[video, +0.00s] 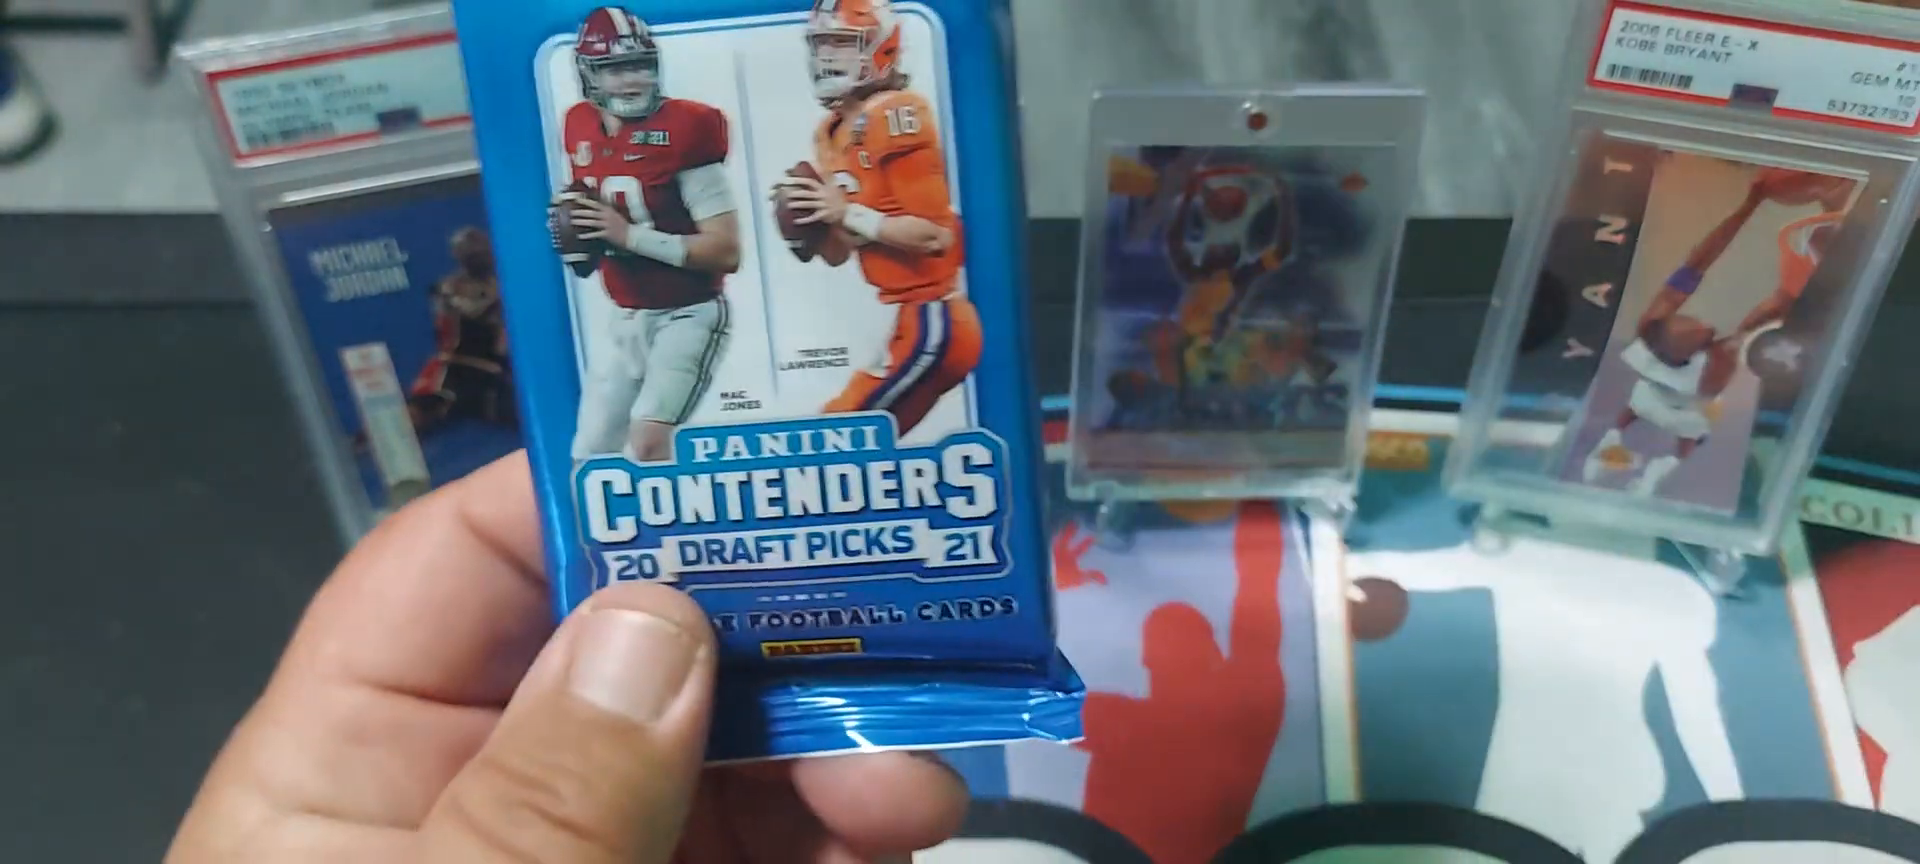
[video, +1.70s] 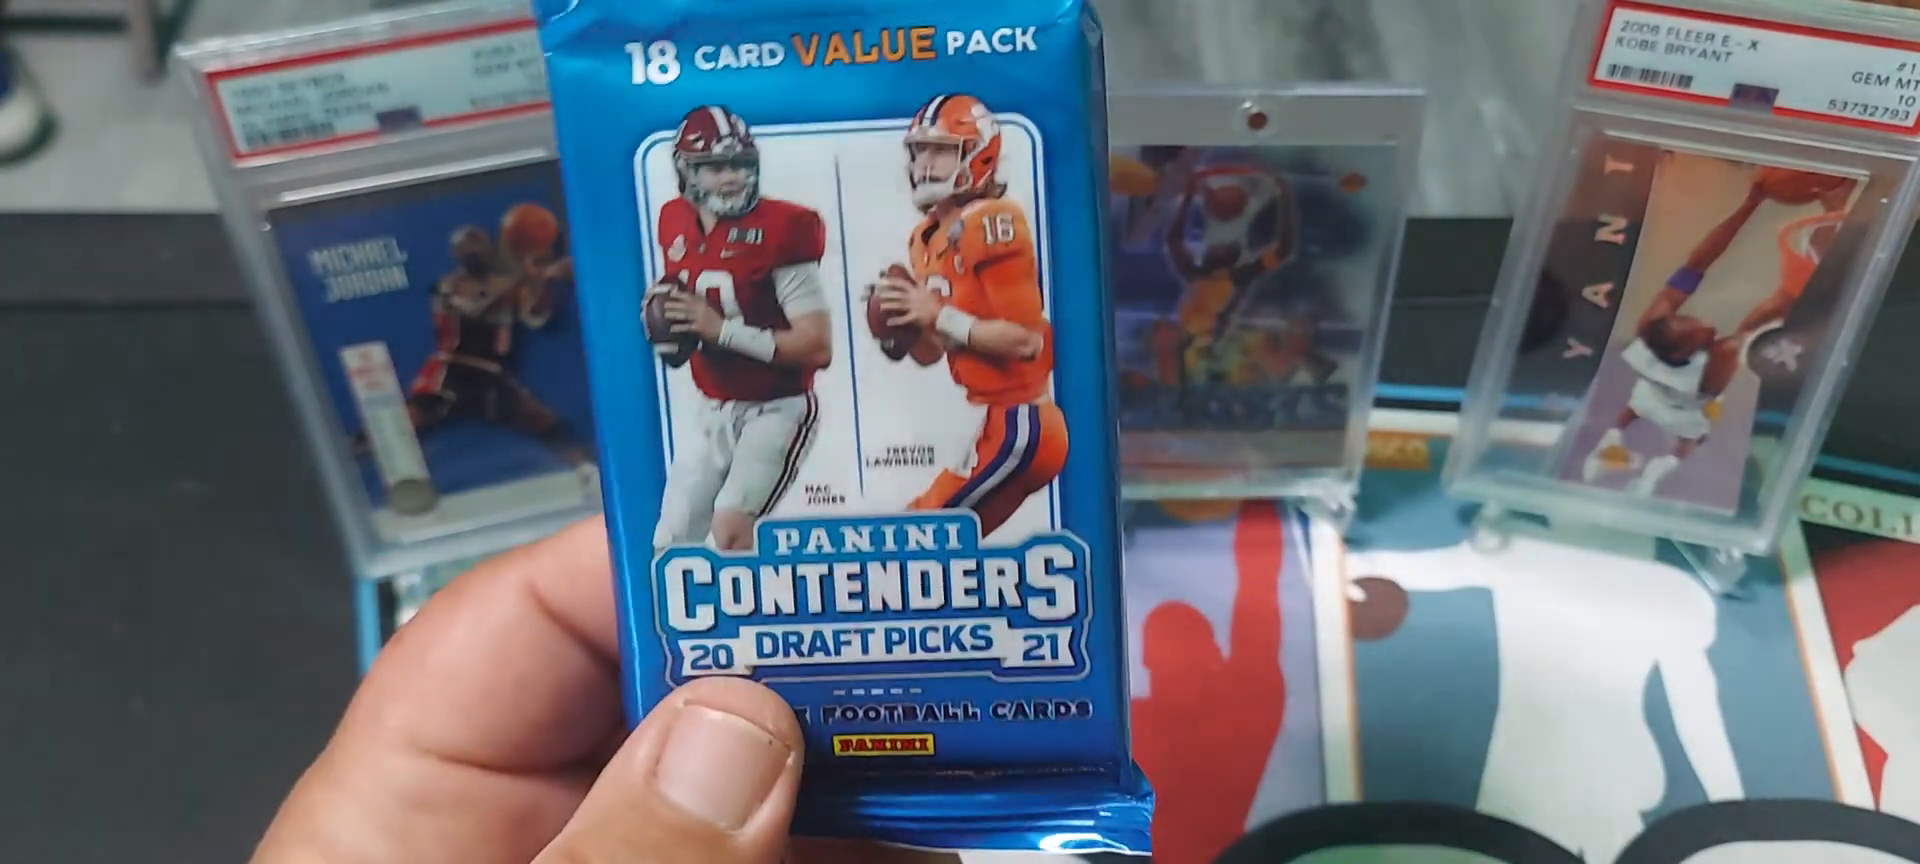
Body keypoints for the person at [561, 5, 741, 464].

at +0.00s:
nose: (631, 79)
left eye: (639, 66)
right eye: (615, 69)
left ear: (654, 67)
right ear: (589, 76)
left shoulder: (689, 128)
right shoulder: (580, 125)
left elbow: (726, 252)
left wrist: (628, 235)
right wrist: (568, 230)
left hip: (692, 314)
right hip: (624, 319)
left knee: (647, 442)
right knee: (590, 455)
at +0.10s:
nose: (640, 80)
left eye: (649, 67)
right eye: (625, 70)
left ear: (663, 67)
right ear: (599, 75)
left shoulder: (695, 127)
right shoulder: (588, 124)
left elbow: (729, 248)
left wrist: (633, 231)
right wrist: (576, 222)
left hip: (695, 312)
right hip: (630, 317)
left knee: (650, 438)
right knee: (592, 453)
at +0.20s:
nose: (703, 112)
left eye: (713, 100)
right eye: (688, 102)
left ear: (728, 101)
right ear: (664, 106)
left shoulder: (753, 162)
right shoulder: (652, 153)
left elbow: (781, 279)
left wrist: (689, 260)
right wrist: (635, 255)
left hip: (746, 342)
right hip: (683, 343)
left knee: (695, 459)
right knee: (637, 474)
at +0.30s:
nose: (755, 138)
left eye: (765, 126)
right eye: (740, 127)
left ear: (778, 128)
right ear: (713, 131)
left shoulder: (804, 187)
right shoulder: (699, 177)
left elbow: (828, 306)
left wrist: (737, 285)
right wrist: (682, 276)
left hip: (791, 367)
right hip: (727, 368)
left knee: (737, 486)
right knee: (677, 500)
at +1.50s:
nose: (745, 194)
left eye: (755, 180)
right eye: (731, 182)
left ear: (771, 181)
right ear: (703, 186)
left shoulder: (806, 246)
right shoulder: (689, 234)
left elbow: (833, 371)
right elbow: (685, 315)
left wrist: (732, 347)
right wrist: (674, 336)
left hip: (794, 432)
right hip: (723, 430)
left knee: (744, 547)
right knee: (681, 564)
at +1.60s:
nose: (714, 214)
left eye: (723, 201)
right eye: (699, 204)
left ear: (738, 204)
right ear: (670, 211)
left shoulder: (774, 266)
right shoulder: (658, 259)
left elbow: (811, 386)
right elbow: (667, 390)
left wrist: (709, 366)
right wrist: (647, 357)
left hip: (774, 445)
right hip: (707, 448)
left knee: (729, 559)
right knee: (670, 578)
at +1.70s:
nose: (728, 178)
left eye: (737, 165)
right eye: (713, 168)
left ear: (753, 166)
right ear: (687, 173)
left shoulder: (784, 228)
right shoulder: (675, 220)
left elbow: (816, 347)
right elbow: (678, 296)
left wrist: (720, 328)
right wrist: (660, 313)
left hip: (779, 409)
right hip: (712, 411)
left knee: (731, 528)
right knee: (669, 546)